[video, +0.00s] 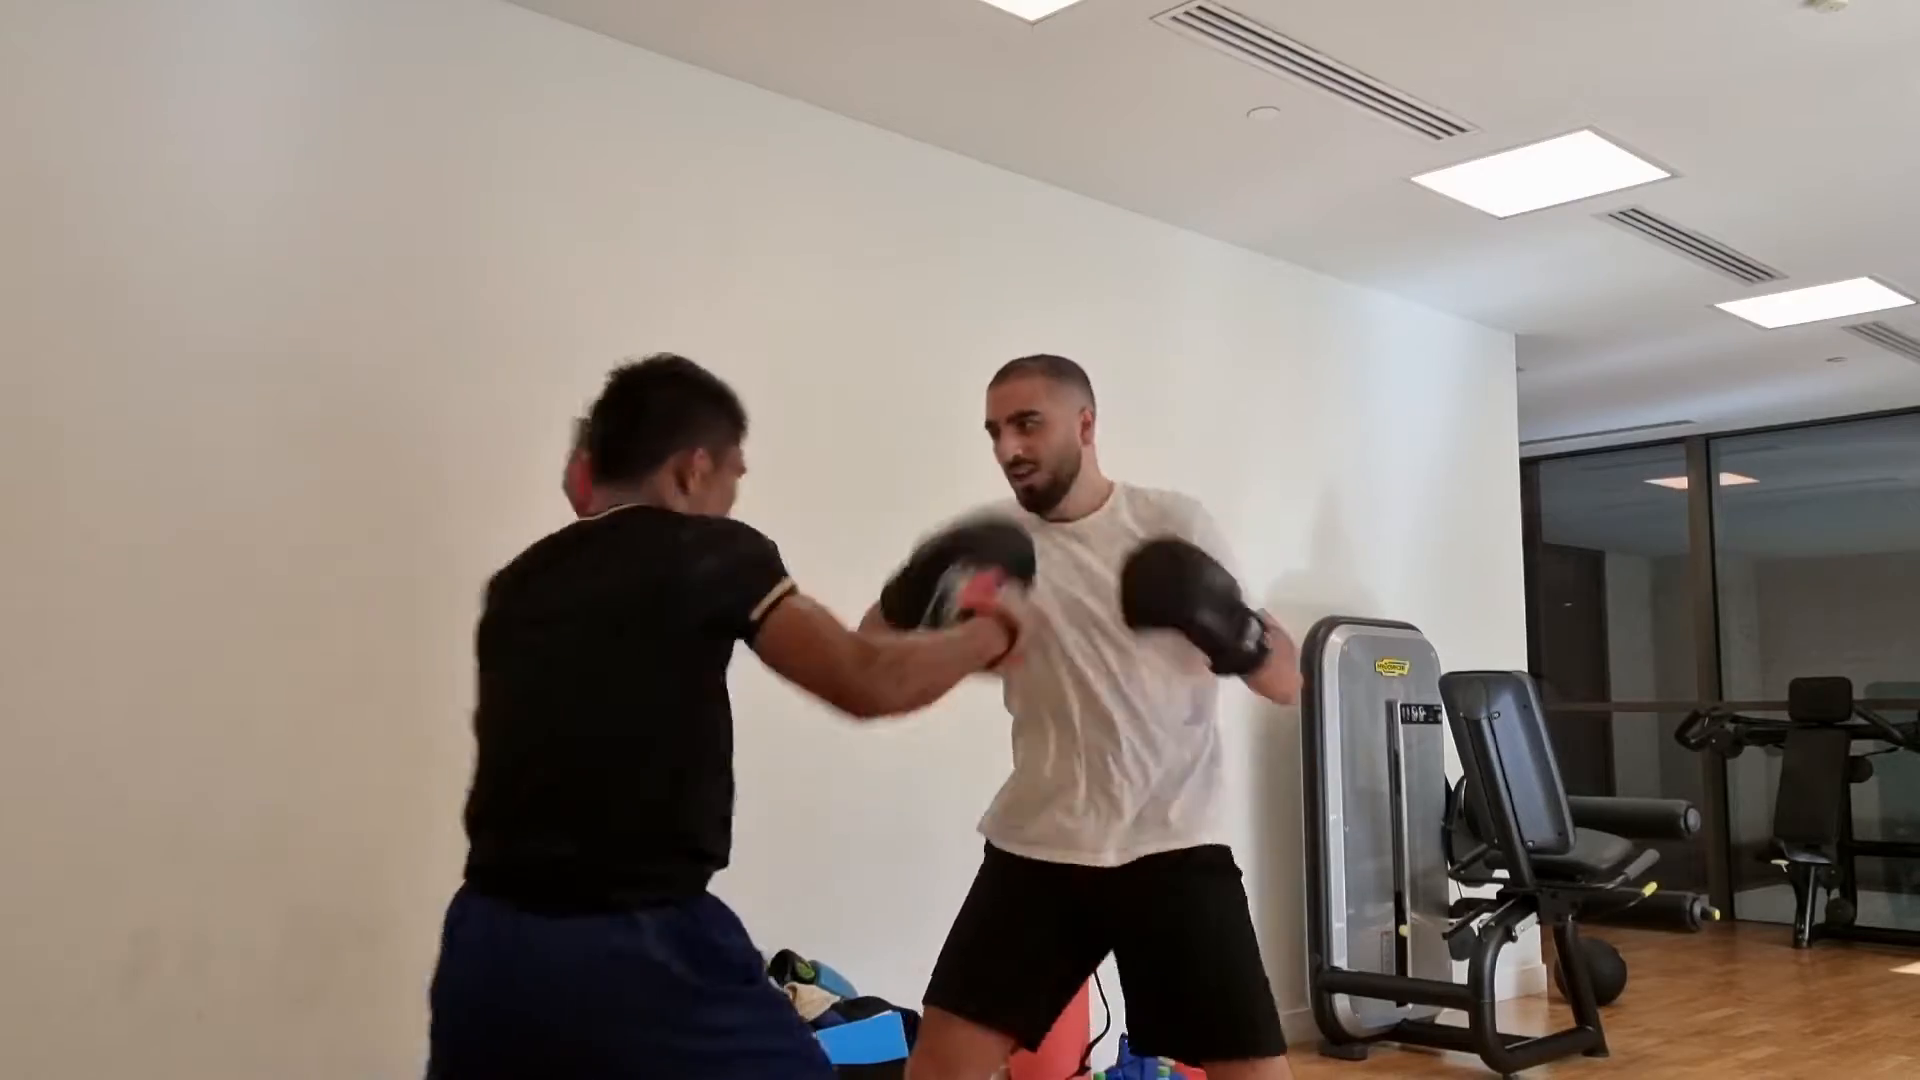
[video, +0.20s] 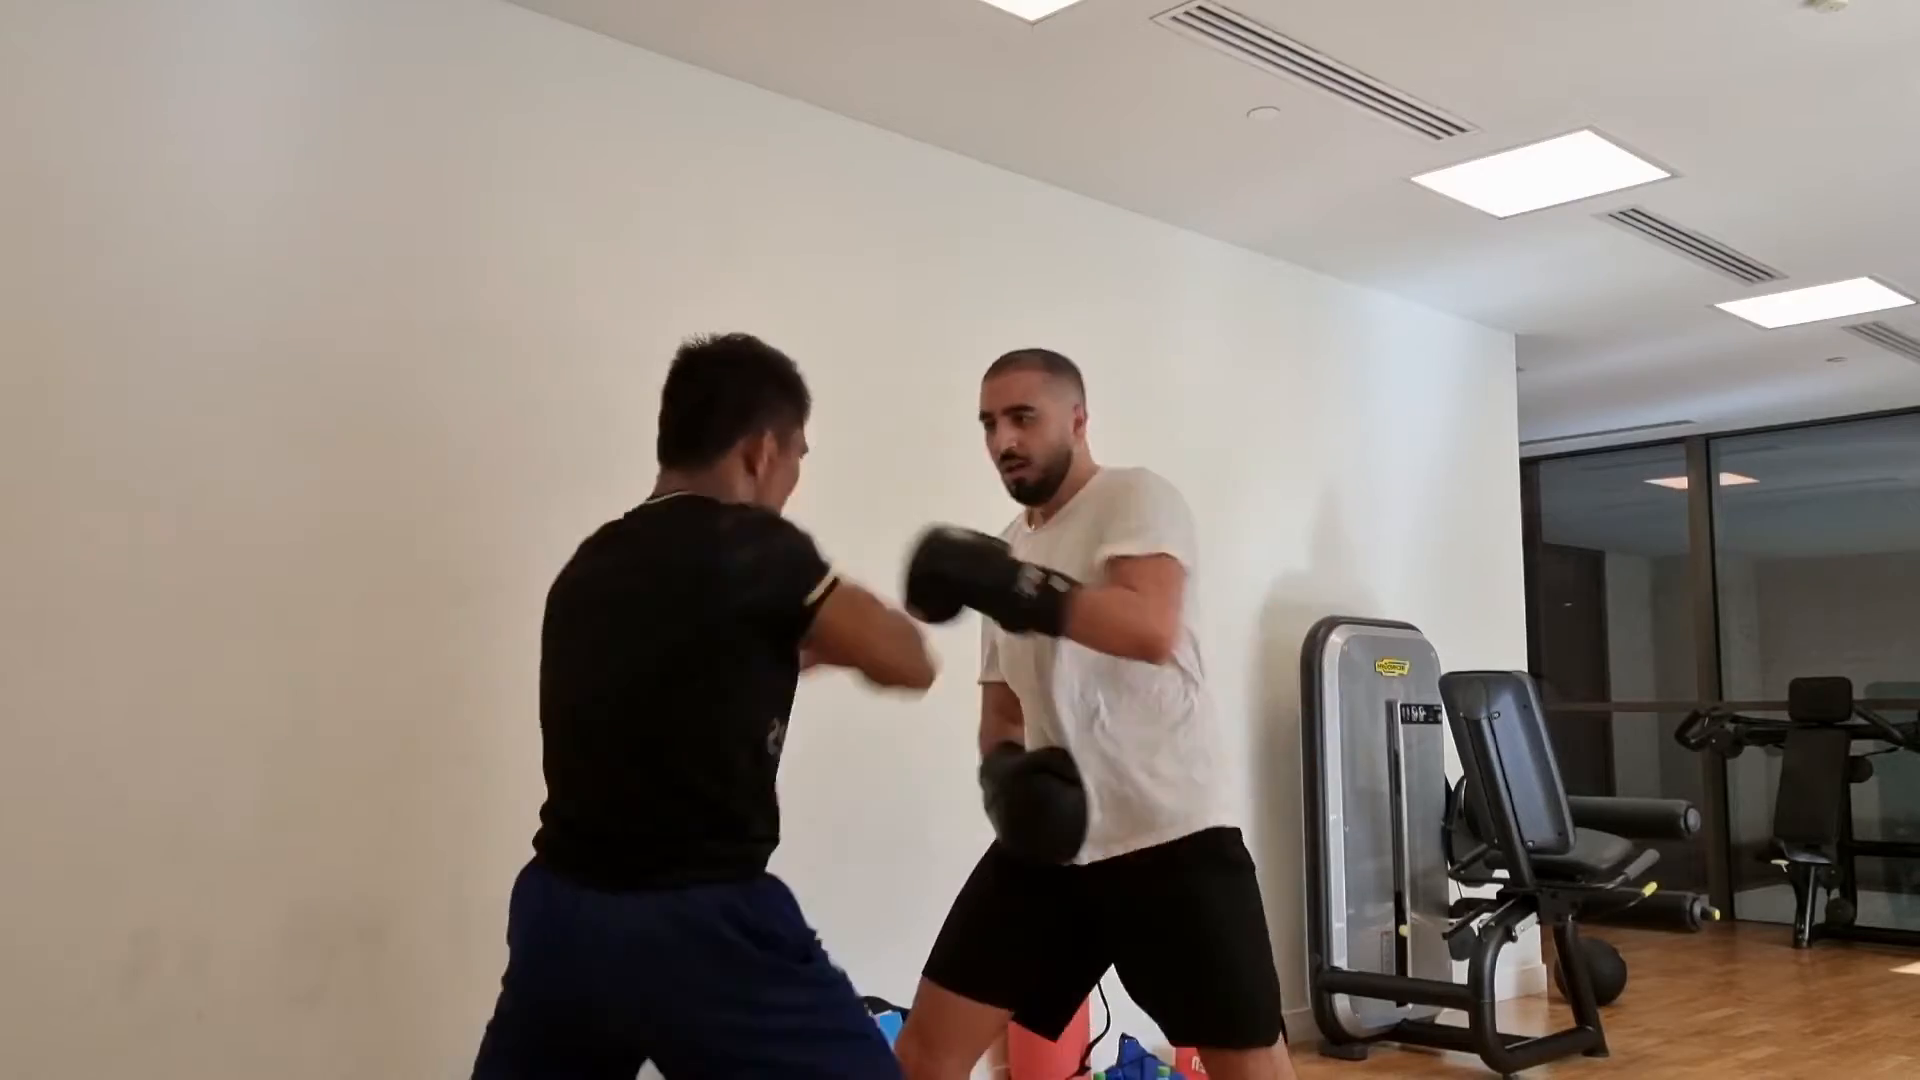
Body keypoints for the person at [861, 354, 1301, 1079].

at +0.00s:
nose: (1009, 447)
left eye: (1028, 423)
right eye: (997, 430)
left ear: (1085, 424)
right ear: (989, 441)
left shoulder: (1175, 526)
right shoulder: (991, 551)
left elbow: (1288, 681)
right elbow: (866, 665)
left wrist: (1224, 620)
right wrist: (912, 596)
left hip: (1177, 857)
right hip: (1037, 858)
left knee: (1254, 1071)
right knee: (944, 1063)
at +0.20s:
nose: (1003, 440)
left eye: (1022, 418)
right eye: (990, 424)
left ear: (1078, 419)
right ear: (982, 435)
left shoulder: (1139, 497)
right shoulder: (1006, 558)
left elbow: (1151, 625)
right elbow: (1001, 711)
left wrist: (1016, 589)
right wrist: (1010, 771)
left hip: (1175, 848)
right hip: (1046, 857)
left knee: (1253, 1070)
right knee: (926, 1058)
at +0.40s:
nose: (1143, 431)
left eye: (1165, 412)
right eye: (1123, 414)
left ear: (1202, 434)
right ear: (1103, 436)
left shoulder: (1237, 561)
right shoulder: (1056, 537)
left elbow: (1270, 737)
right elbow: (995, 711)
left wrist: (1225, 707)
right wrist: (1104, 794)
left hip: (1204, 865)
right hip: (1056, 866)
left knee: (1298, 1066)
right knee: (966, 1070)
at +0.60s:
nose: (1014, 425)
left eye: (1034, 403)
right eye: (1002, 413)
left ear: (1092, 410)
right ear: (996, 432)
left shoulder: (1163, 520)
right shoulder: (1002, 567)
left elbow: (1234, 680)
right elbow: (1005, 701)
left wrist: (1089, 675)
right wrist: (1035, 778)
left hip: (1199, 846)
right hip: (1059, 849)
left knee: (1273, 1068)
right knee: (941, 1056)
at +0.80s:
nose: (864, 658)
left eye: (855, 626)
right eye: (847, 653)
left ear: (899, 580)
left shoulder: (1027, 643)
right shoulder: (974, 674)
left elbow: (1187, 741)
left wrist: (1057, 799)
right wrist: (1031, 861)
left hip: (1213, 850)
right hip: (1100, 869)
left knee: (1248, 1067)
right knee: (961, 1034)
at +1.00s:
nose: (1010, 645)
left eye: (1026, 615)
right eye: (991, 622)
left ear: (1084, 590)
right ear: (979, 619)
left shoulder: (1189, 672)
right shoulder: (971, 687)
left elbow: (1266, 818)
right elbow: (989, 807)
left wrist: (1143, 840)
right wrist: (1025, 894)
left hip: (1187, 882)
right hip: (1048, 880)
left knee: (1257, 1070)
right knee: (922, 1062)